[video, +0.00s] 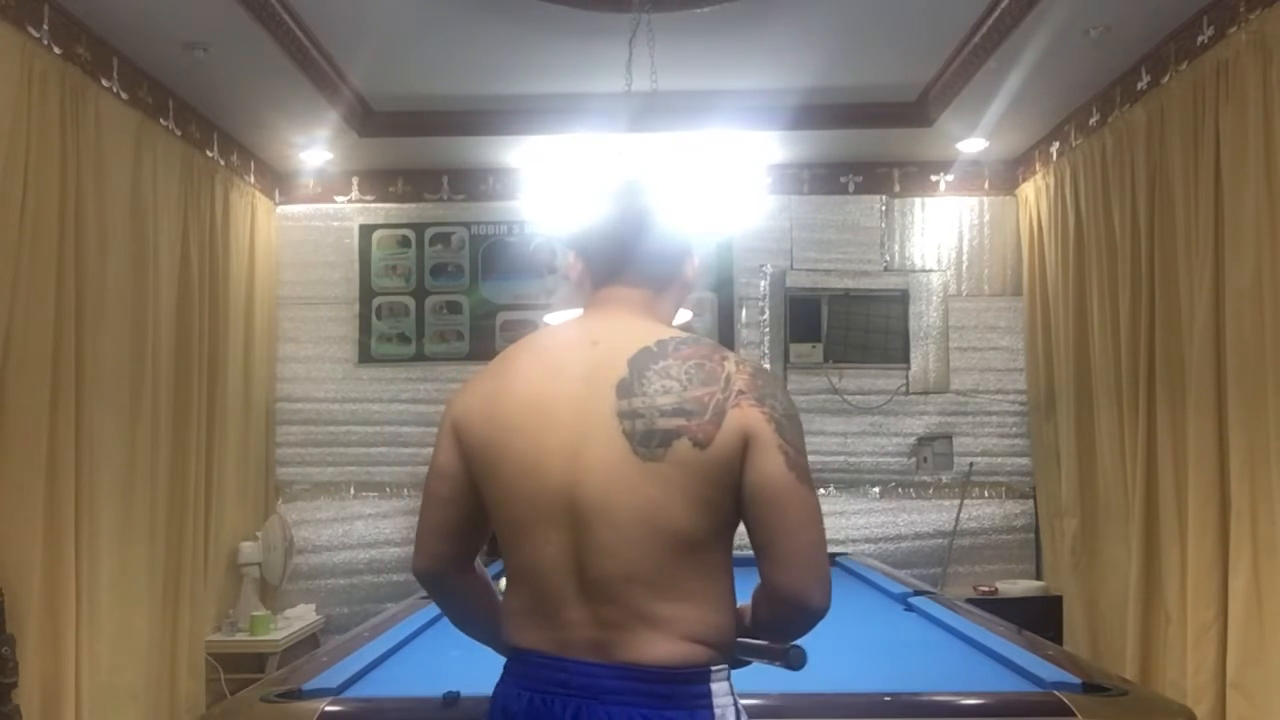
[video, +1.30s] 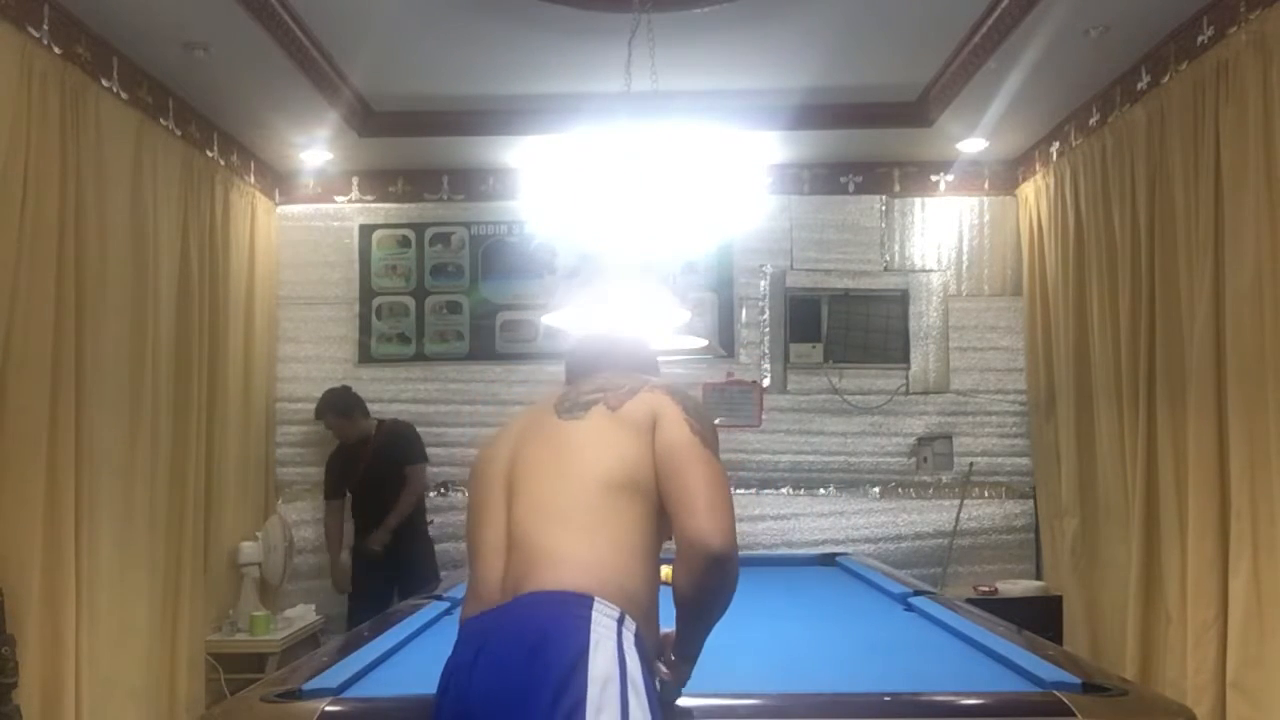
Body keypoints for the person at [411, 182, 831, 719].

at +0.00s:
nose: (694, 282)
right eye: (697, 270)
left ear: (576, 268)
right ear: (689, 272)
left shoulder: (487, 387)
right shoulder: (737, 384)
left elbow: (438, 561)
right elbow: (801, 592)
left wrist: (515, 632)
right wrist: (743, 625)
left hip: (529, 698)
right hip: (680, 701)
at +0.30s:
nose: (680, 291)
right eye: (681, 277)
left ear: (566, 277)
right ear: (674, 284)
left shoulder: (481, 390)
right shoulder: (715, 381)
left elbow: (435, 564)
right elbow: (775, 576)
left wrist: (511, 638)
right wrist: (734, 615)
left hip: (512, 695)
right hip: (656, 698)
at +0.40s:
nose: (677, 295)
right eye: (677, 282)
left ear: (565, 287)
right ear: (669, 289)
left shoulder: (487, 390)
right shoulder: (698, 377)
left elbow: (435, 565)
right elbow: (768, 570)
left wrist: (510, 636)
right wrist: (714, 597)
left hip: (505, 694)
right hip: (641, 697)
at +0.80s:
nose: (664, 349)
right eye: (663, 342)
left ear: (558, 340)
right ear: (652, 340)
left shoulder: (490, 409)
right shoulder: (666, 390)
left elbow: (447, 568)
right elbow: (737, 554)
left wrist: (502, 639)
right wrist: (708, 648)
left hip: (477, 683)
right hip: (603, 685)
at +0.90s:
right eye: (660, 352)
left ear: (559, 348)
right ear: (651, 346)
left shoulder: (492, 413)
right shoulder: (663, 392)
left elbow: (460, 578)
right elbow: (729, 553)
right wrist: (702, 644)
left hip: (475, 677)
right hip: (595, 678)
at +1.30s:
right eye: (654, 367)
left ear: (570, 374)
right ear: (644, 364)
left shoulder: (501, 438)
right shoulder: (654, 403)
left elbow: (488, 586)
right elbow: (711, 543)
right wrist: (685, 649)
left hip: (474, 649)